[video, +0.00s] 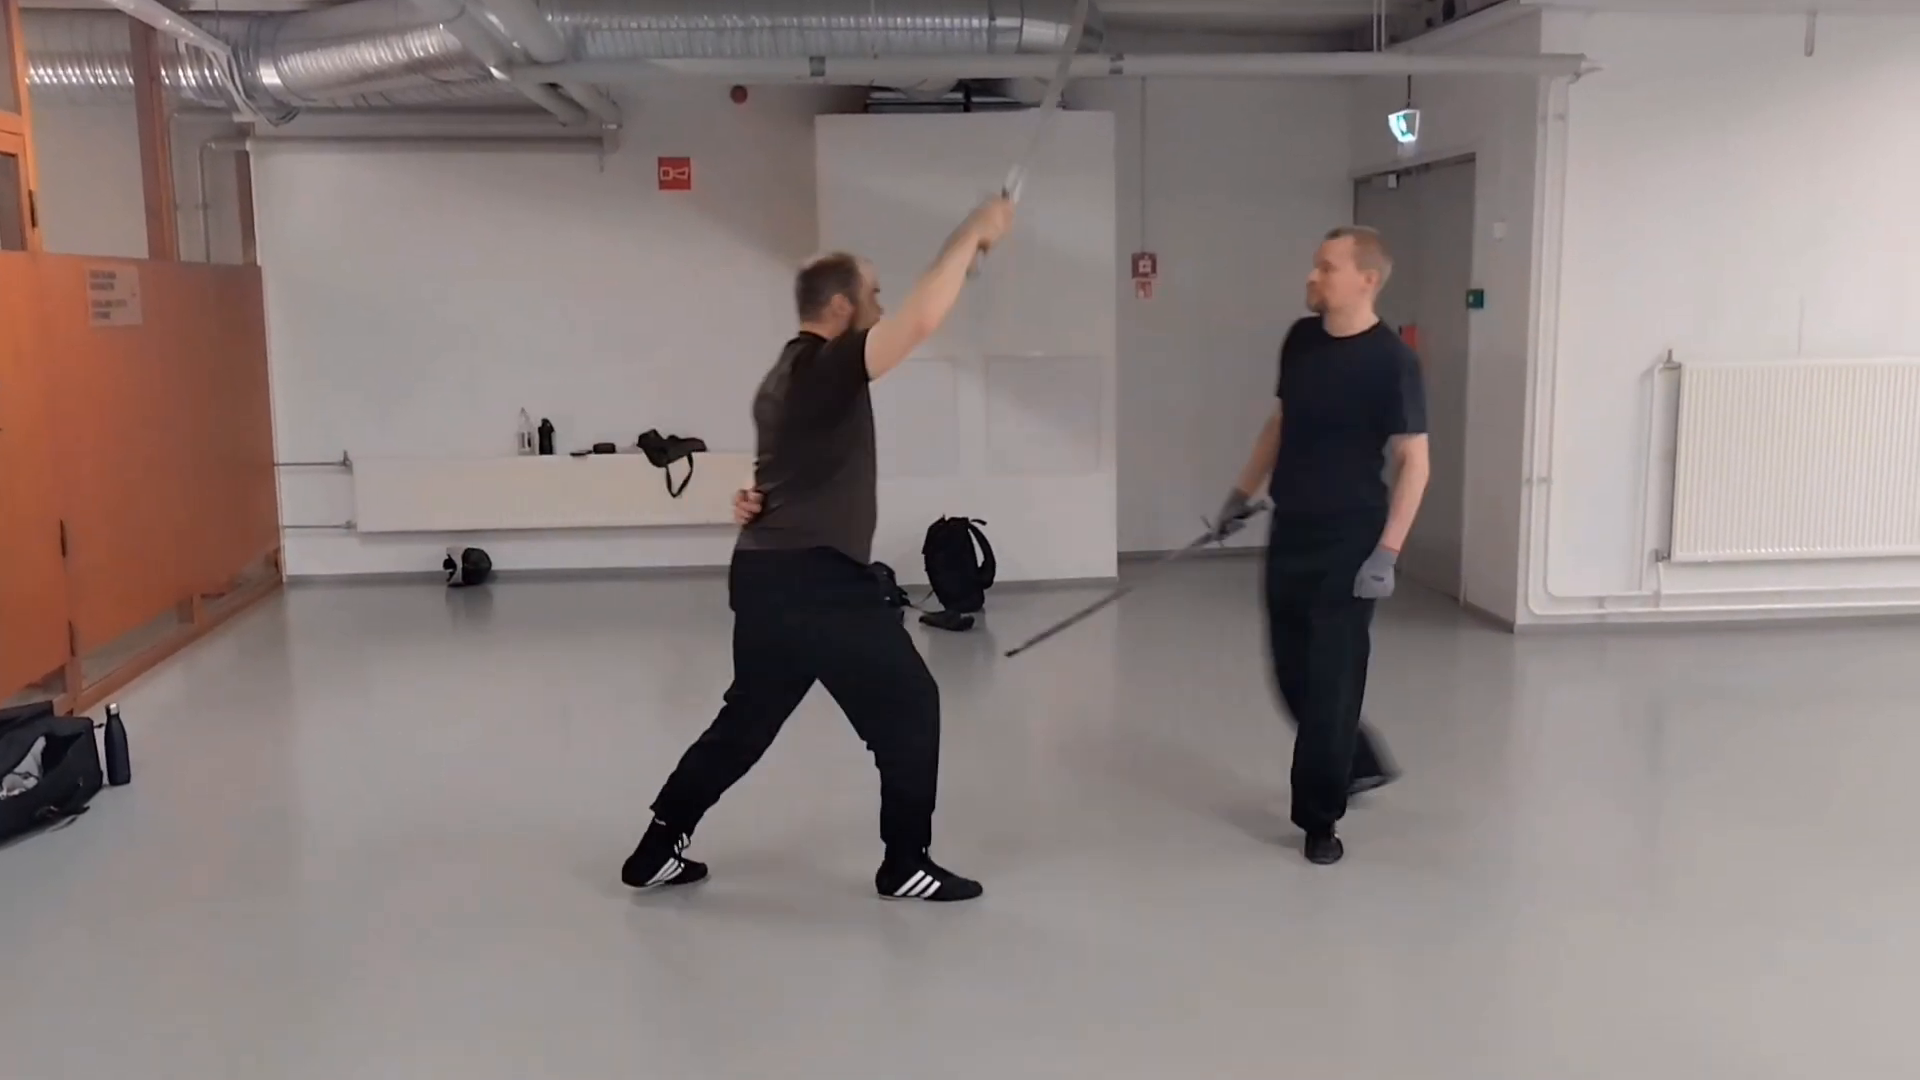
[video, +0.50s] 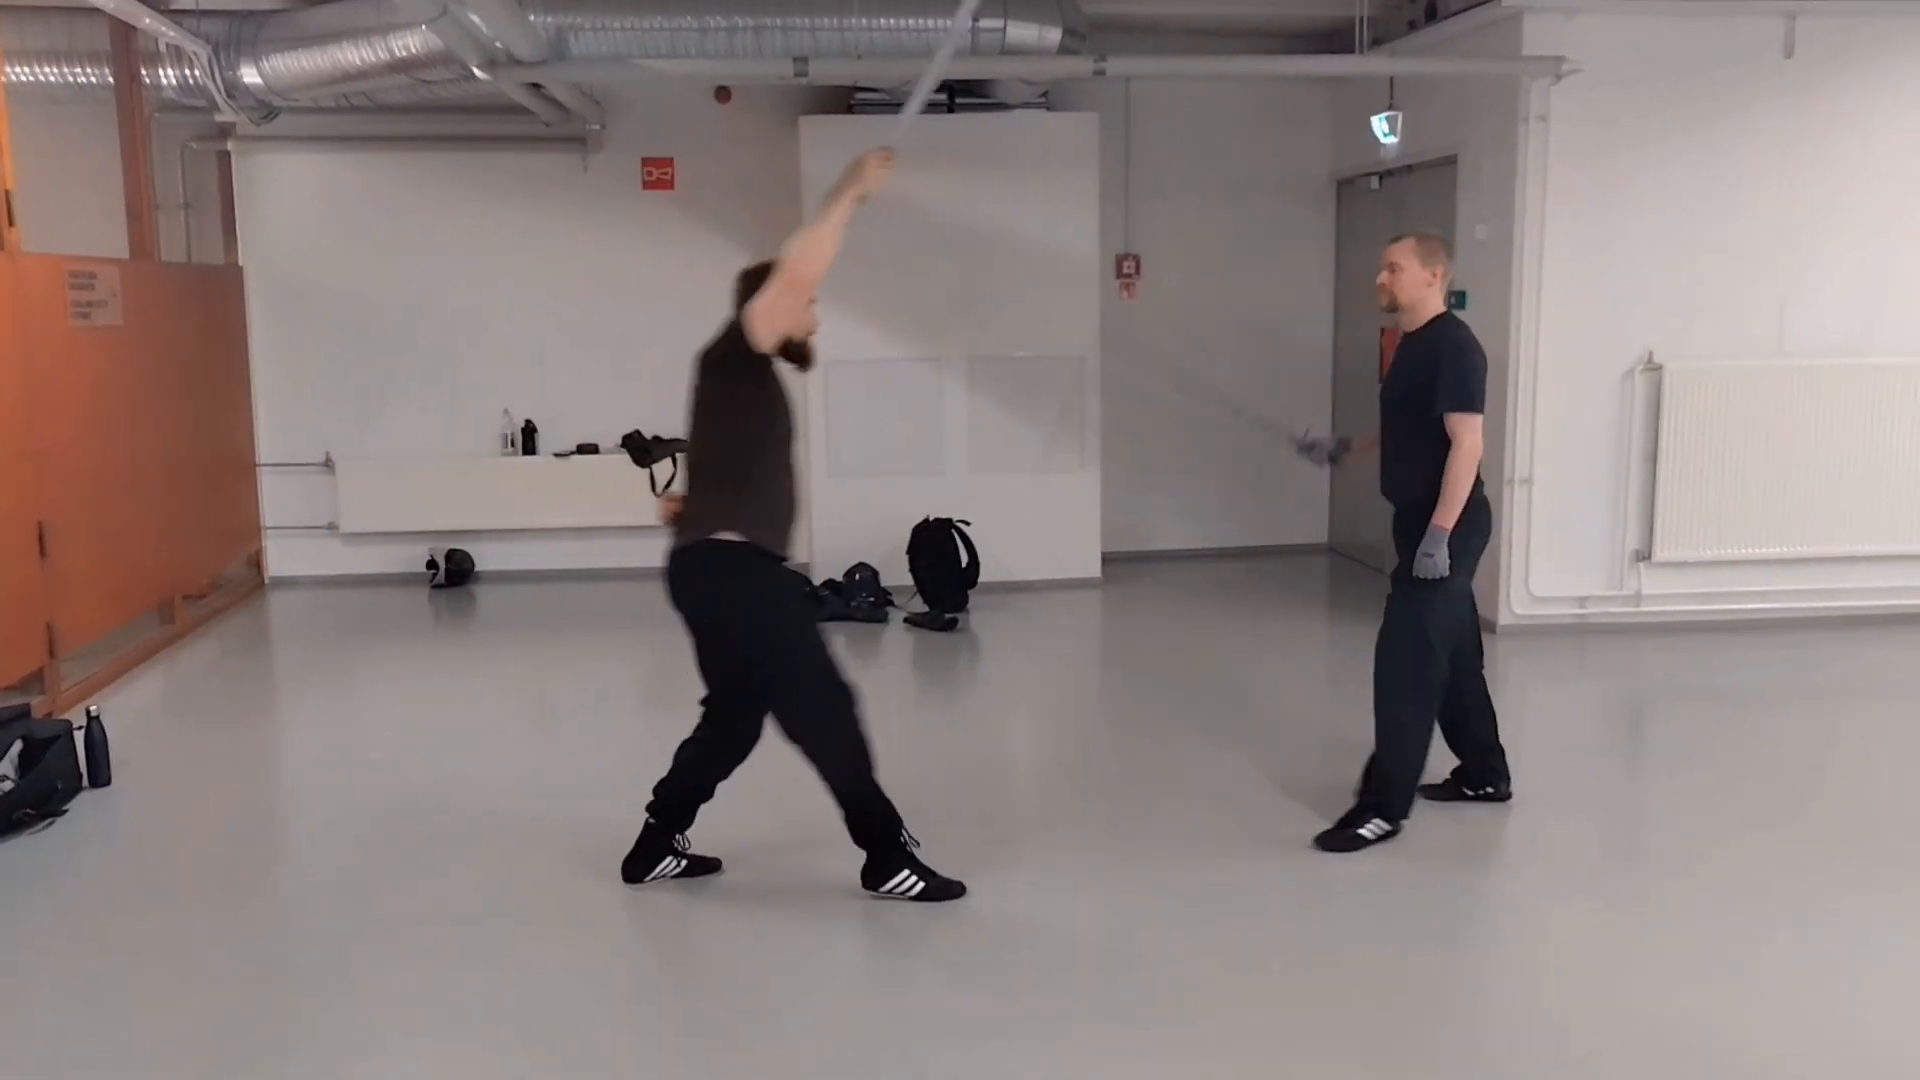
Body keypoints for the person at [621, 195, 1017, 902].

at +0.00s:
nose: (879, 308)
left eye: (875, 296)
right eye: (872, 297)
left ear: (813, 311)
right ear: (840, 308)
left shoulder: (782, 377)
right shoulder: (835, 363)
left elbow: (787, 465)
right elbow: (922, 319)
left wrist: (759, 494)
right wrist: (971, 237)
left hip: (765, 573)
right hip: (820, 576)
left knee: (748, 718)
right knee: (909, 709)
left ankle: (654, 850)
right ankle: (906, 865)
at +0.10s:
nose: (895, 316)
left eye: (894, 303)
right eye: (888, 301)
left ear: (827, 306)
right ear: (861, 305)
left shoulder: (795, 379)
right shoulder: (844, 353)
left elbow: (804, 471)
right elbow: (919, 288)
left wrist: (772, 494)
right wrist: (962, 206)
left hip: (773, 567)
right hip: (826, 568)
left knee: (752, 711)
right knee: (914, 705)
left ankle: (657, 841)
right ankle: (906, 863)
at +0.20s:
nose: (896, 315)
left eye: (895, 303)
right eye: (889, 297)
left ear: (827, 300)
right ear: (866, 299)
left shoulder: (800, 373)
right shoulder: (839, 349)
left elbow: (796, 465)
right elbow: (913, 274)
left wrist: (767, 492)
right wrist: (952, 190)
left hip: (771, 564)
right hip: (822, 566)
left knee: (754, 708)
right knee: (911, 704)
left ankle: (666, 837)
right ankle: (903, 860)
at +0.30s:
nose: (878, 309)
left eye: (878, 299)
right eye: (872, 294)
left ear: (813, 301)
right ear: (845, 298)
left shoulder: (790, 371)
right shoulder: (825, 349)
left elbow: (790, 468)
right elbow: (895, 270)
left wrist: (758, 494)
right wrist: (930, 189)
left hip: (759, 565)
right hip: (807, 565)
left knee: (756, 713)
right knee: (899, 705)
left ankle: (666, 837)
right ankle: (900, 862)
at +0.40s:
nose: (843, 310)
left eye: (840, 299)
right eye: (835, 296)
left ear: (785, 303)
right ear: (810, 299)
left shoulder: (770, 370)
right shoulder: (788, 352)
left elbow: (780, 478)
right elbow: (855, 274)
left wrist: (735, 504)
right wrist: (896, 194)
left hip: (740, 569)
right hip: (780, 568)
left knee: (751, 718)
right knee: (872, 706)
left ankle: (660, 841)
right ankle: (893, 863)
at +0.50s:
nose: (814, 314)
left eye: (814, 301)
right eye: (804, 299)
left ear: (770, 304)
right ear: (769, 300)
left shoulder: (743, 374)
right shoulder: (738, 357)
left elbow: (732, 477)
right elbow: (796, 275)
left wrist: (691, 508)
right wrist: (848, 196)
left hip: (712, 567)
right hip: (737, 566)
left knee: (734, 718)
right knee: (825, 710)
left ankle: (654, 845)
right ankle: (888, 858)